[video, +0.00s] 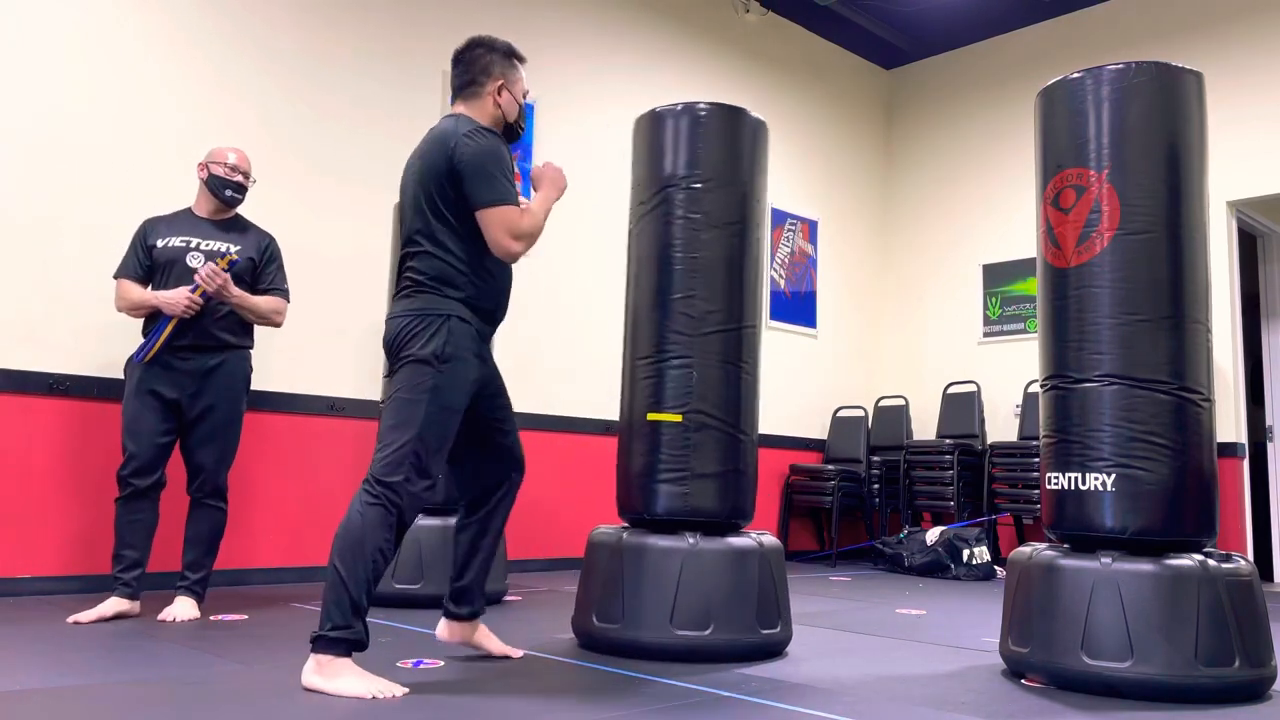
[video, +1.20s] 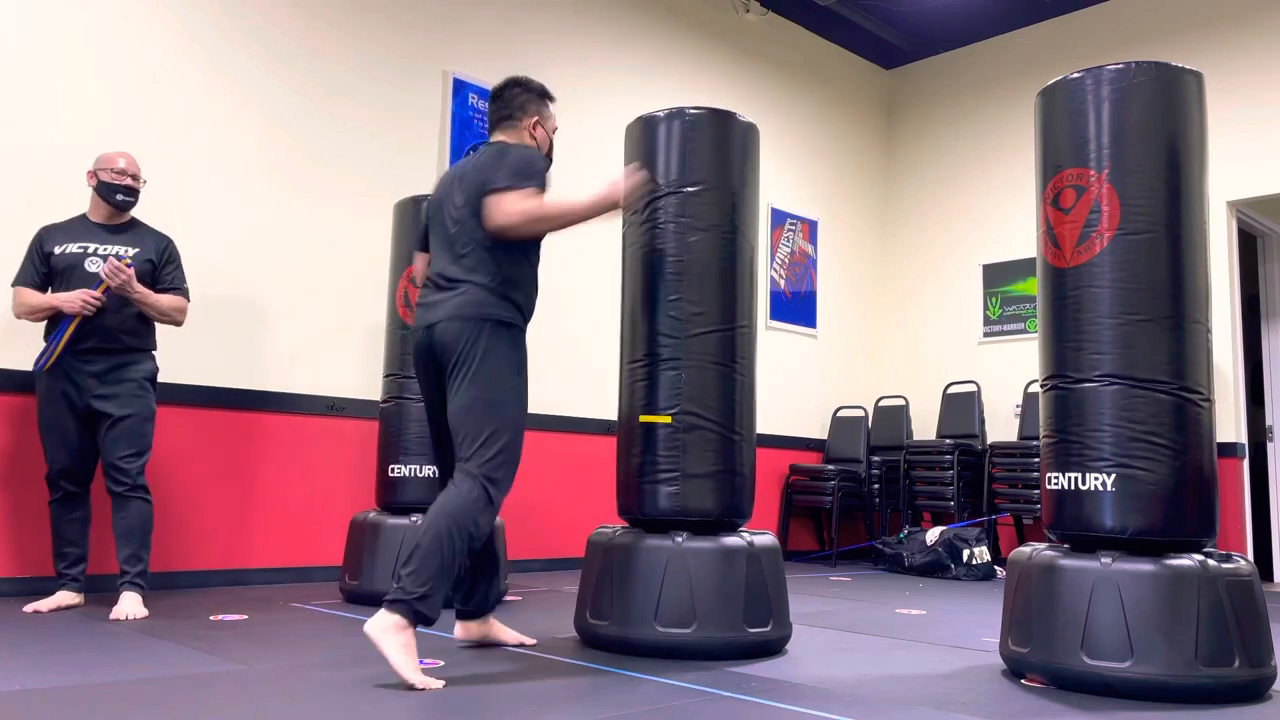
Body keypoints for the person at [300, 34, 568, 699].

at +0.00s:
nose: (522, 105)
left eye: (522, 94)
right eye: (520, 93)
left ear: (467, 88)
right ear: (499, 88)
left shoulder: (440, 143)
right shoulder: (473, 142)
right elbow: (510, 241)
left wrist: (517, 193)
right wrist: (547, 194)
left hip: (447, 328)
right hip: (443, 327)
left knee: (496, 467)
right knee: (395, 485)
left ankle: (463, 620)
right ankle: (330, 655)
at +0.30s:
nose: (544, 132)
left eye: (545, 123)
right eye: (542, 121)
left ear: (505, 115)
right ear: (521, 114)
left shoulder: (493, 172)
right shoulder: (483, 145)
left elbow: (524, 257)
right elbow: (496, 199)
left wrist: (594, 241)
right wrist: (553, 172)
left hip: (465, 324)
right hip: (472, 320)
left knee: (485, 473)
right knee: (491, 468)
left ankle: (471, 625)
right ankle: (378, 615)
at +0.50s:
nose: (546, 134)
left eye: (546, 126)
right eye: (545, 125)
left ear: (483, 123)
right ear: (532, 122)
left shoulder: (435, 176)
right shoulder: (538, 152)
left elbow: (427, 262)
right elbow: (639, 198)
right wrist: (667, 207)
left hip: (426, 325)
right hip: (477, 323)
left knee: (457, 482)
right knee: (439, 484)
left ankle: (463, 627)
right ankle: (355, 638)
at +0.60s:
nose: (545, 134)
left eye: (543, 125)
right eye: (544, 125)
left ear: (483, 121)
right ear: (529, 120)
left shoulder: (436, 175)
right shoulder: (533, 157)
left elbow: (428, 265)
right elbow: (609, 233)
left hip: (423, 324)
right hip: (474, 322)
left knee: (456, 486)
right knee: (433, 490)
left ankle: (464, 626)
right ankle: (369, 650)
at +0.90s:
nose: (550, 127)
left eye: (550, 115)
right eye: (549, 114)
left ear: (499, 105)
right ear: (529, 108)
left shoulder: (471, 154)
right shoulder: (501, 158)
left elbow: (513, 252)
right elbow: (539, 261)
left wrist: (544, 231)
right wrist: (567, 223)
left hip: (444, 323)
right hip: (454, 324)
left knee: (479, 475)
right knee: (428, 485)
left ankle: (467, 617)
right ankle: (367, 649)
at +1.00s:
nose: (554, 133)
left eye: (555, 121)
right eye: (552, 119)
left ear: (509, 113)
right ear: (528, 114)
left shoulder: (484, 164)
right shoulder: (489, 165)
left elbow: (496, 266)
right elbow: (499, 266)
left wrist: (557, 266)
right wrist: (571, 266)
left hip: (463, 339)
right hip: (445, 335)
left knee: (487, 474)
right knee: (426, 484)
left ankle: (470, 616)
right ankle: (367, 649)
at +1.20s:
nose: (553, 141)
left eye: (554, 133)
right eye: (553, 132)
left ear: (493, 125)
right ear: (536, 125)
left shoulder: (449, 179)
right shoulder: (519, 156)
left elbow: (421, 272)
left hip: (432, 327)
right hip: (482, 326)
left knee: (467, 477)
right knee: (485, 474)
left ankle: (476, 614)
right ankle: (397, 616)